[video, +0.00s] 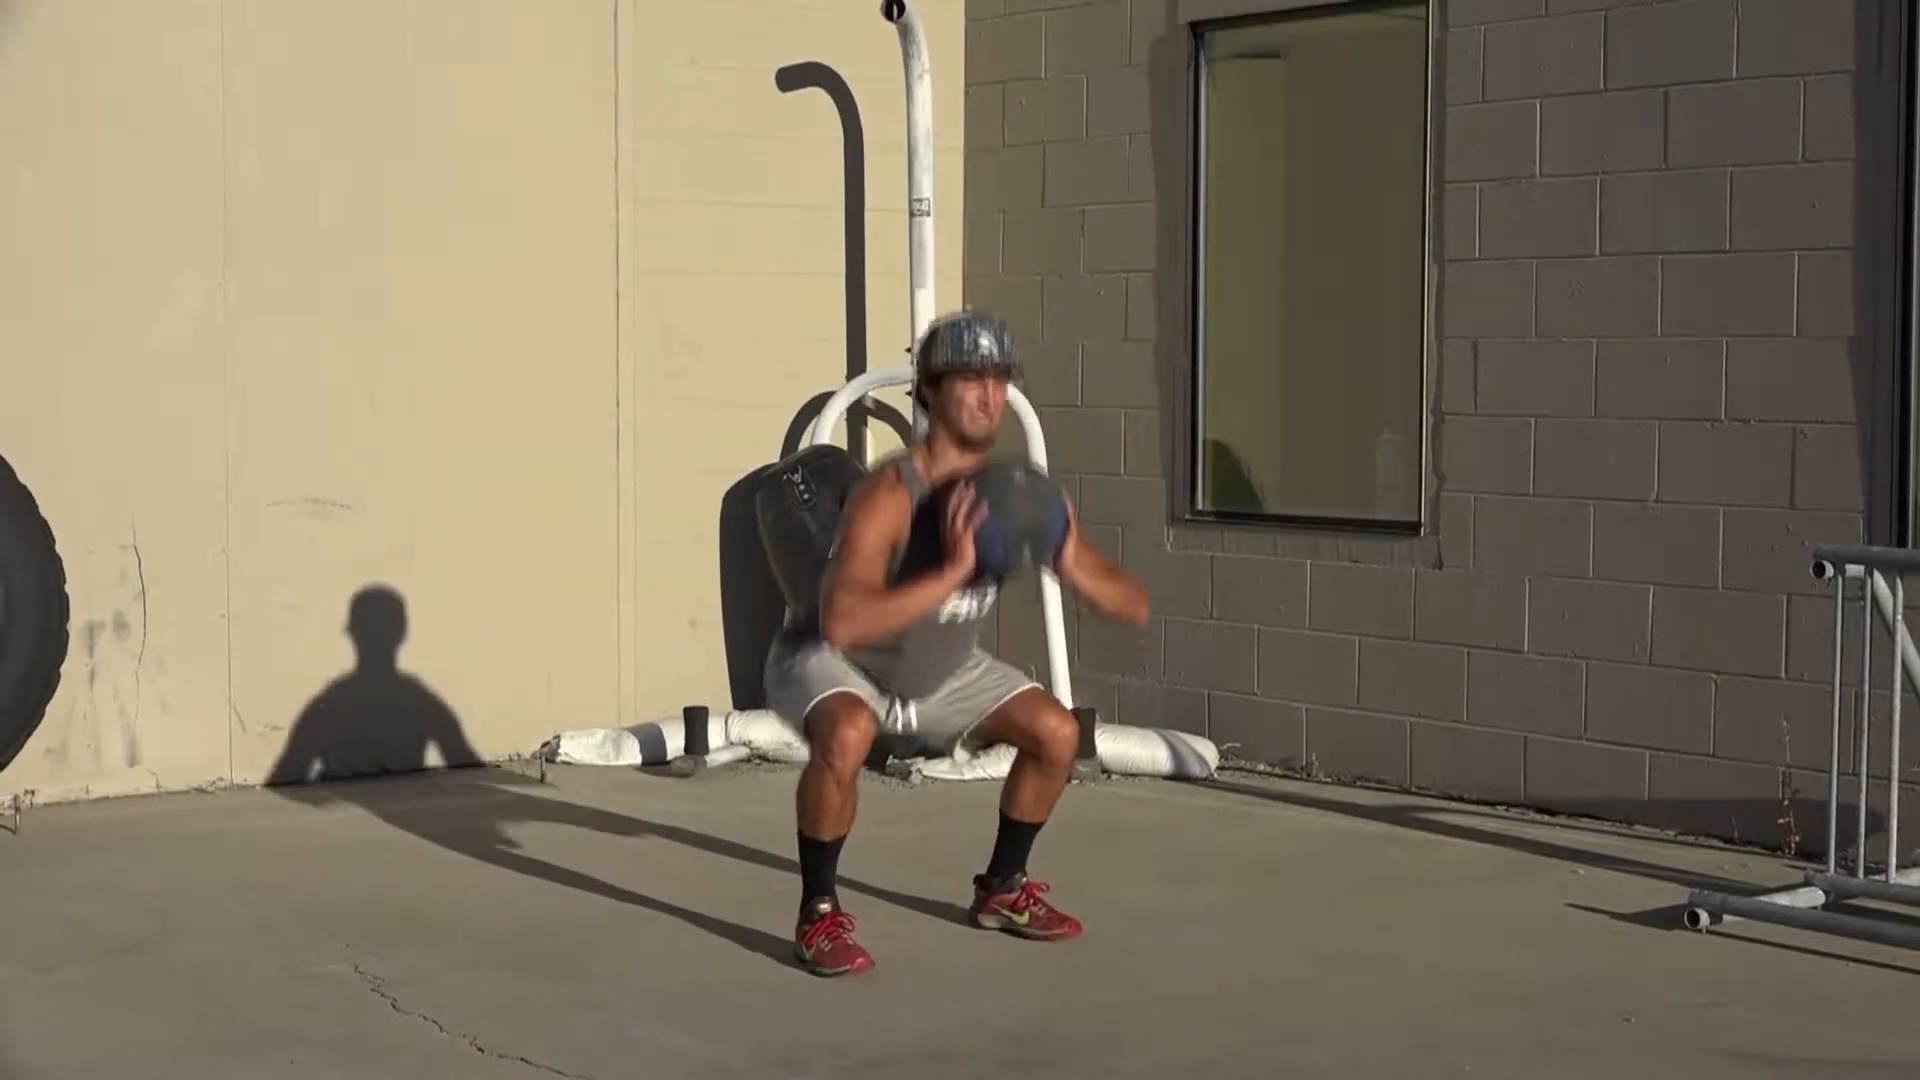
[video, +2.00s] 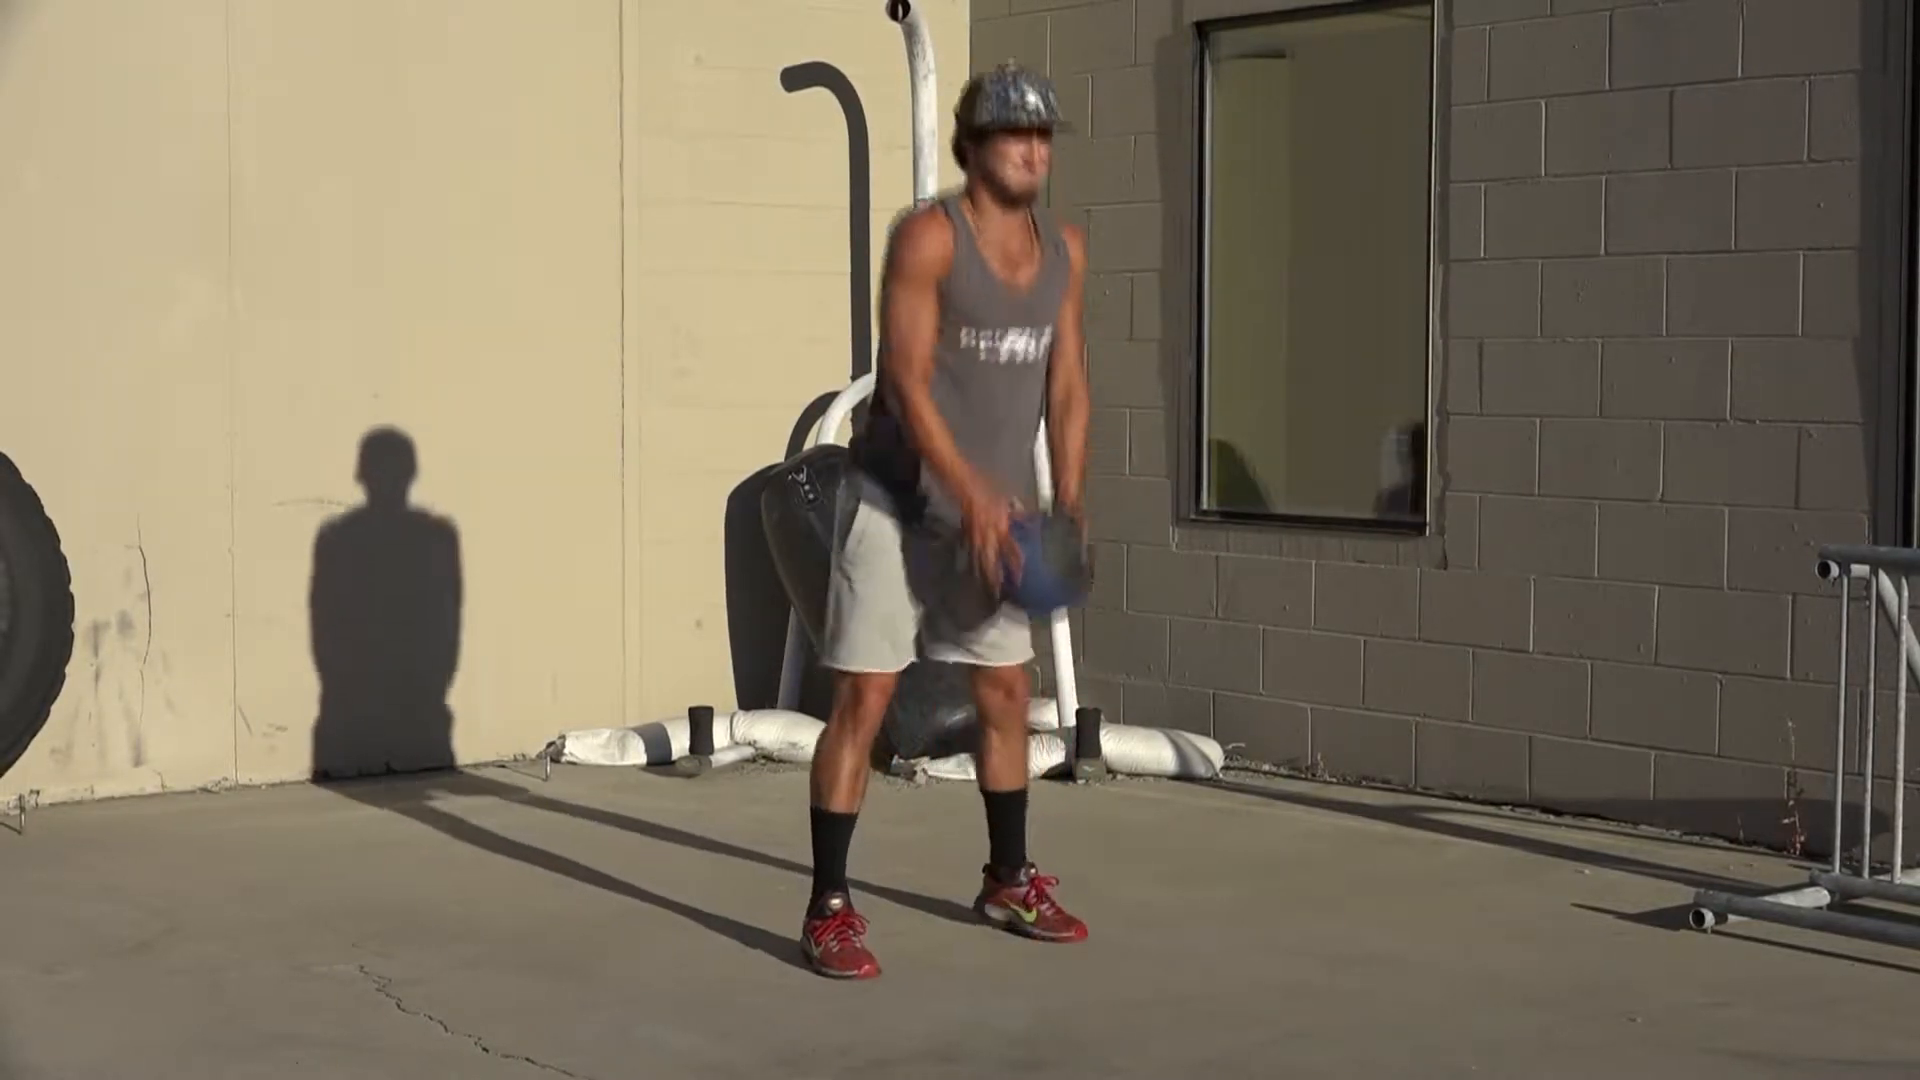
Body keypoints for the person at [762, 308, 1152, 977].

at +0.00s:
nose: (985, 397)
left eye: (996, 380)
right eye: (967, 380)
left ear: (1009, 392)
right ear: (929, 393)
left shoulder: (1017, 491)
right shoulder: (888, 492)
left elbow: (1134, 605)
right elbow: (843, 623)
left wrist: (1062, 554)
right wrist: (955, 572)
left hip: (934, 658)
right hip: (833, 657)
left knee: (1055, 731)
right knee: (847, 733)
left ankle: (1003, 887)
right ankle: (819, 913)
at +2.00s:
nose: (1029, 151)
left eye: (1040, 136)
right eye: (1010, 136)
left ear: (1051, 150)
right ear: (971, 147)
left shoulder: (1061, 247)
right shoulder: (927, 234)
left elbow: (1068, 383)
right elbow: (905, 383)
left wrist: (1068, 503)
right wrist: (970, 495)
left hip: (999, 503)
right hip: (901, 496)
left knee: (1006, 690)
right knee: (866, 696)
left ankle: (1010, 880)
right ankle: (829, 906)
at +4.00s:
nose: (1047, 321)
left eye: (1058, 307)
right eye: (1031, 304)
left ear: (1066, 311)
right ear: (988, 298)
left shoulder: (1061, 405)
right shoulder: (924, 391)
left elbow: (1056, 560)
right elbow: (937, 561)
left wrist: (1059, 695)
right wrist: (959, 692)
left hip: (951, 552)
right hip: (847, 540)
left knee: (1027, 692)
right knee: (856, 710)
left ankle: (1006, 885)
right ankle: (823, 912)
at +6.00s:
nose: (1025, 436)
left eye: (1035, 421)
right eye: (1007, 420)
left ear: (1045, 430)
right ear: (966, 433)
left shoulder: (1055, 515)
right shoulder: (927, 524)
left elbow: (1184, 629)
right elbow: (903, 665)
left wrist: (1106, 575)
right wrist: (997, 581)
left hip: (955, 677)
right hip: (851, 674)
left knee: (1081, 735)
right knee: (869, 739)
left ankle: (1009, 889)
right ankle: (825, 914)